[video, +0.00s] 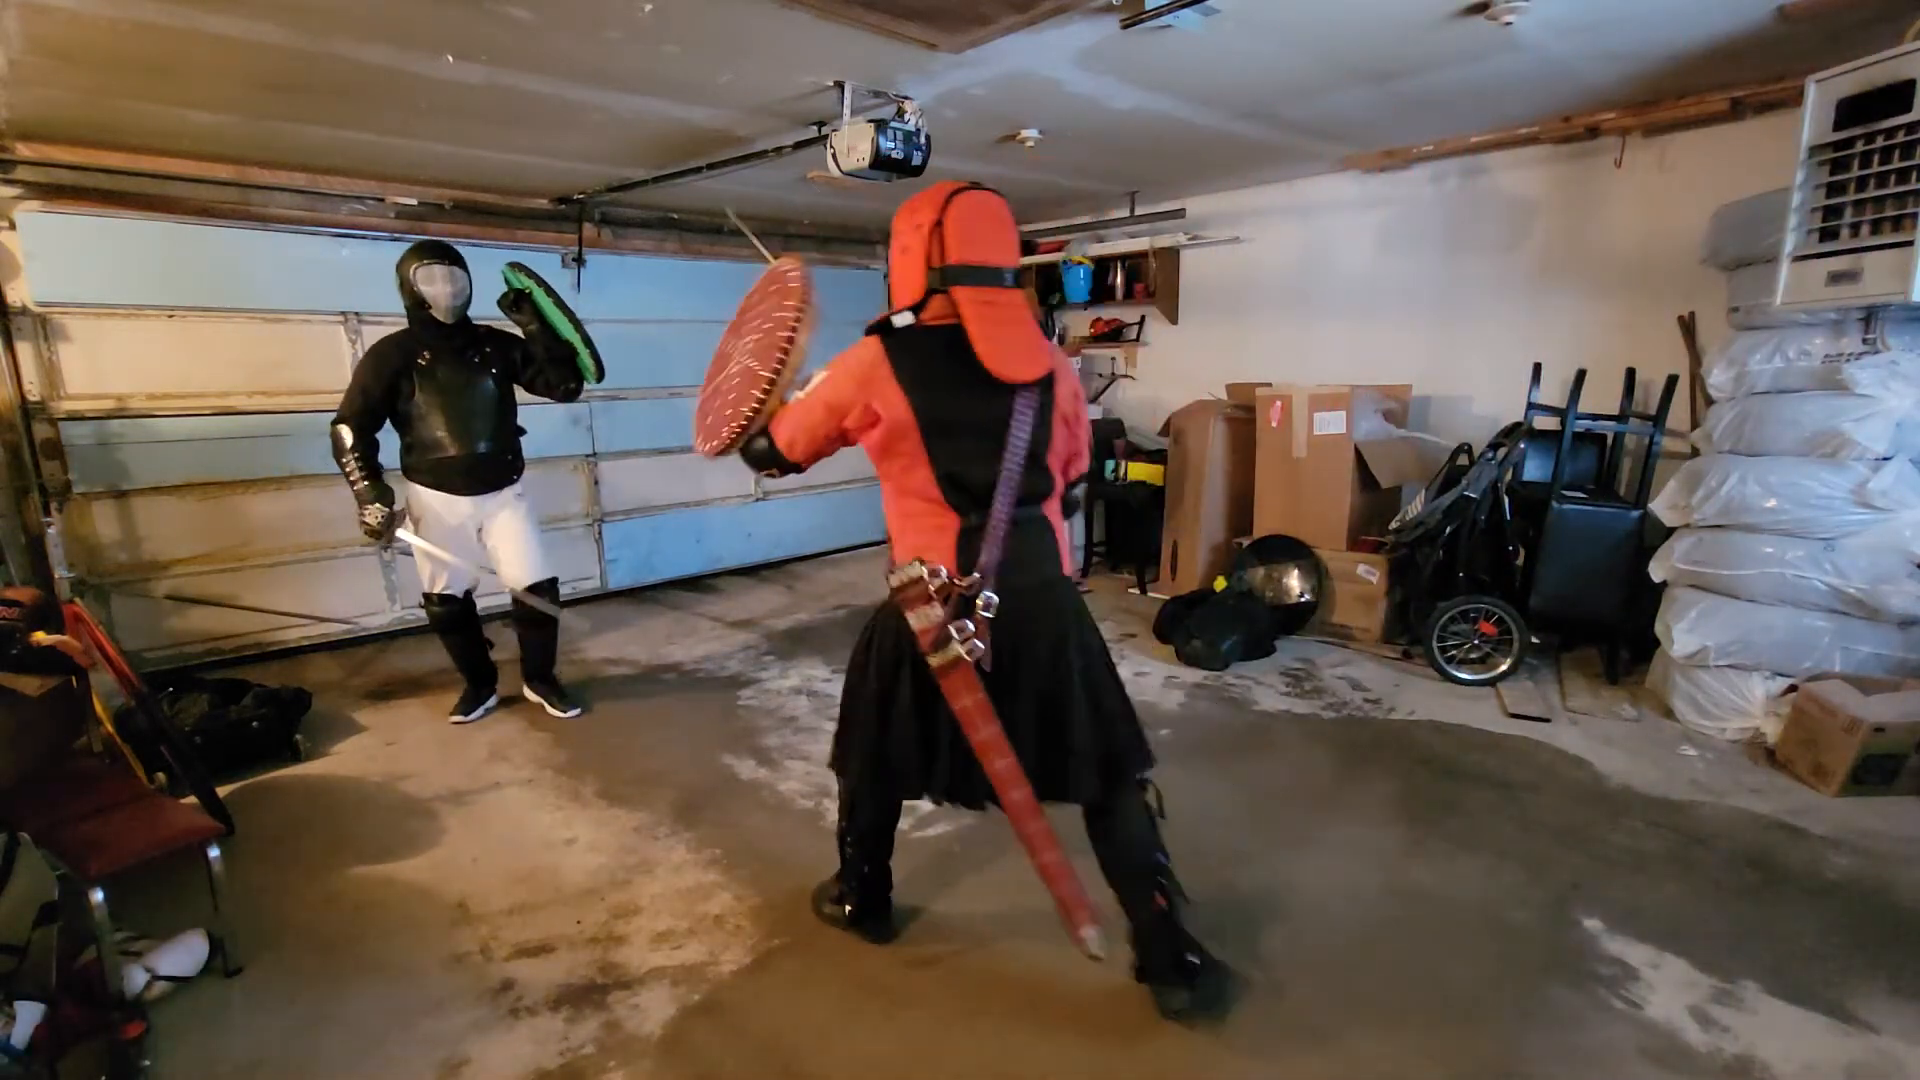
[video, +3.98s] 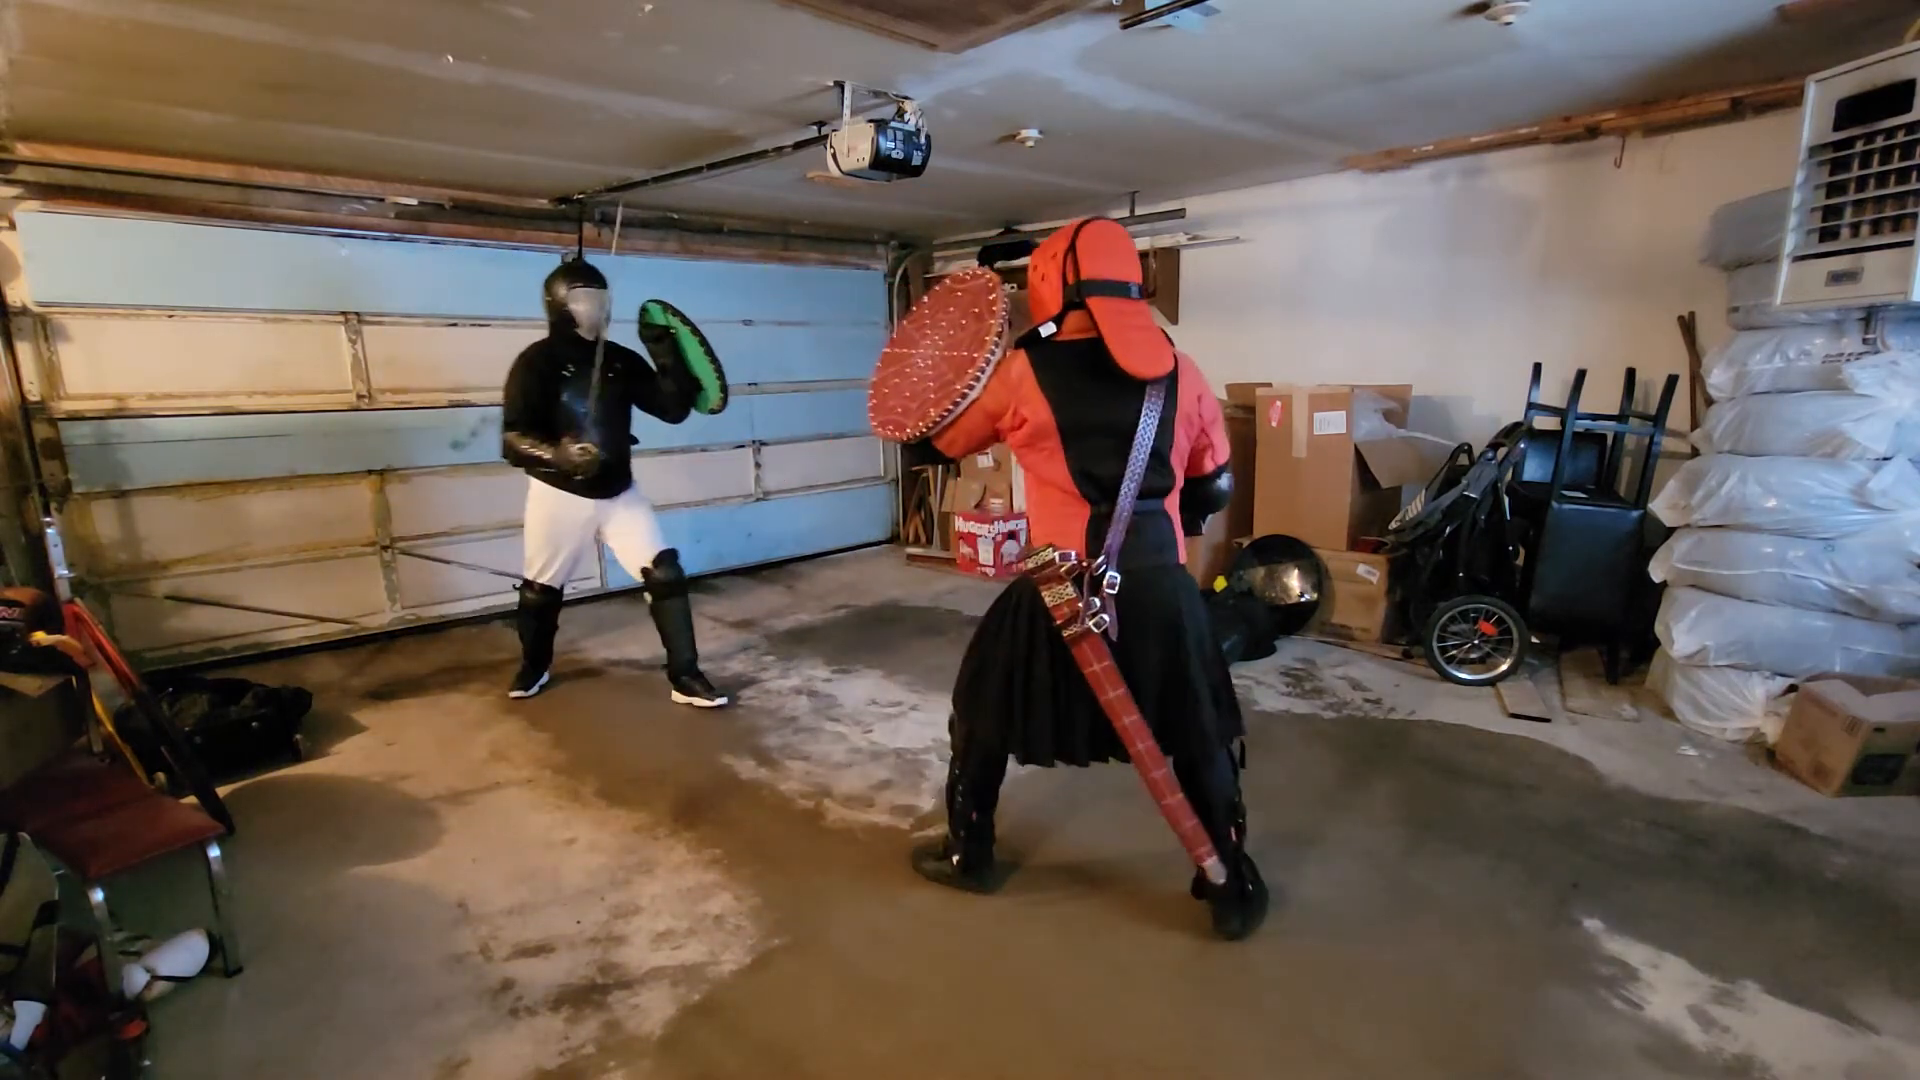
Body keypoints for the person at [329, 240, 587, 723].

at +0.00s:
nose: (446, 289)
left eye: (453, 277)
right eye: (432, 279)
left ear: (468, 282)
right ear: (410, 289)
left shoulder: (497, 346)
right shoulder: (392, 356)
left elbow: (565, 384)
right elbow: (349, 429)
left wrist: (535, 326)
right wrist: (371, 495)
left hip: (503, 496)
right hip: (435, 501)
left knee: (536, 586)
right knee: (446, 602)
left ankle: (540, 679)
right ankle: (480, 682)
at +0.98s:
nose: (514, 311)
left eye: (518, 301)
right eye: (501, 301)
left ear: (526, 307)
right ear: (474, 309)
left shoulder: (545, 366)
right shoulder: (443, 369)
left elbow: (607, 407)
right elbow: (408, 440)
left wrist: (587, 347)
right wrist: (440, 494)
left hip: (539, 511)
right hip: (469, 513)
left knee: (573, 600)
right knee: (446, 618)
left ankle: (573, 701)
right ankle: (464, 663)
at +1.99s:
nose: (473, 303)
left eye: (476, 294)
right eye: (459, 296)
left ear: (485, 300)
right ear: (435, 305)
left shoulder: (507, 354)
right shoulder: (413, 361)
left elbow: (568, 397)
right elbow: (365, 431)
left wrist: (540, 338)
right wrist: (399, 472)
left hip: (509, 492)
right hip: (445, 497)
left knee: (571, 569)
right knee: (442, 601)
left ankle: (620, 655)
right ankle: (469, 675)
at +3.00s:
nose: (617, 315)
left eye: (619, 306)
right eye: (607, 305)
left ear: (622, 312)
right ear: (580, 308)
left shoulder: (624, 368)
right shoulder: (541, 360)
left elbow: (674, 418)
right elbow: (494, 430)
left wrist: (669, 361)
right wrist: (532, 480)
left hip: (601, 497)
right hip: (538, 496)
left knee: (645, 570)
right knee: (501, 587)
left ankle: (642, 663)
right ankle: (490, 656)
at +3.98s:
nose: (601, 306)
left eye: (603, 297)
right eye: (591, 297)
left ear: (604, 301)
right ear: (563, 302)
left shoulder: (622, 362)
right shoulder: (535, 362)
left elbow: (674, 410)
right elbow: (513, 442)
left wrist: (669, 358)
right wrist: (554, 456)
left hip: (619, 494)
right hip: (556, 496)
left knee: (665, 573)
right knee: (539, 592)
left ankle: (685, 675)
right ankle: (534, 666)